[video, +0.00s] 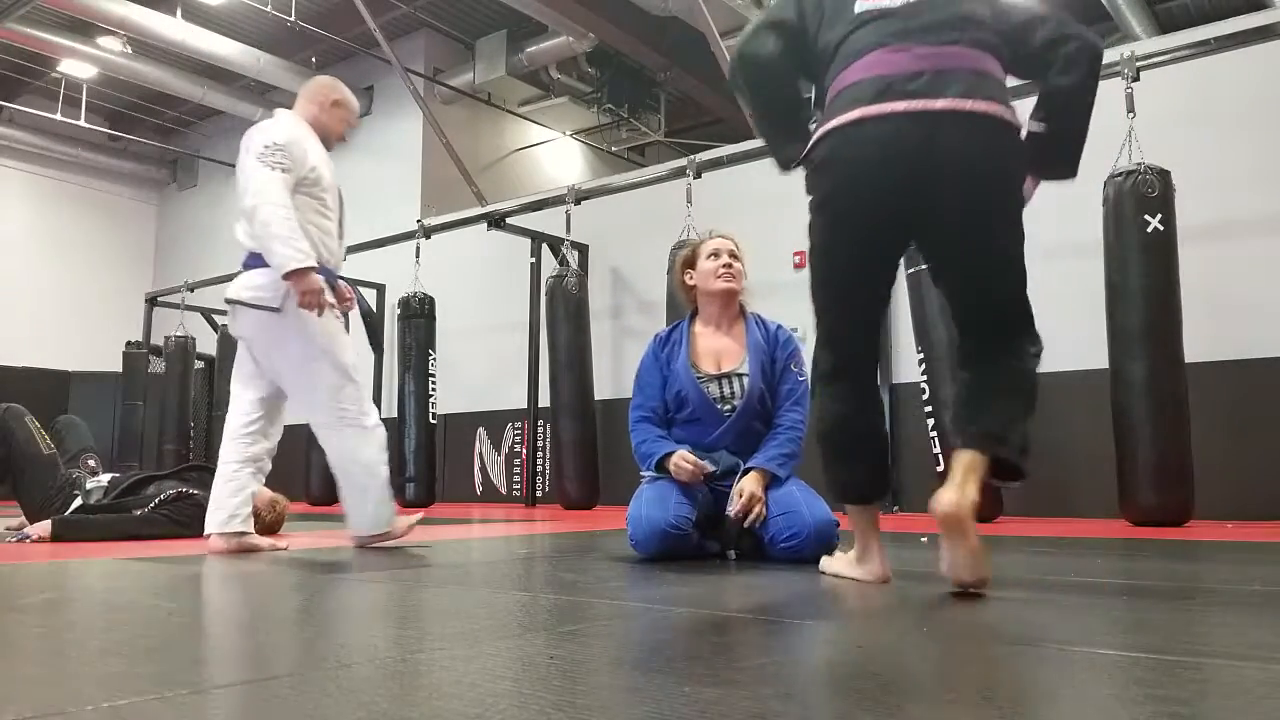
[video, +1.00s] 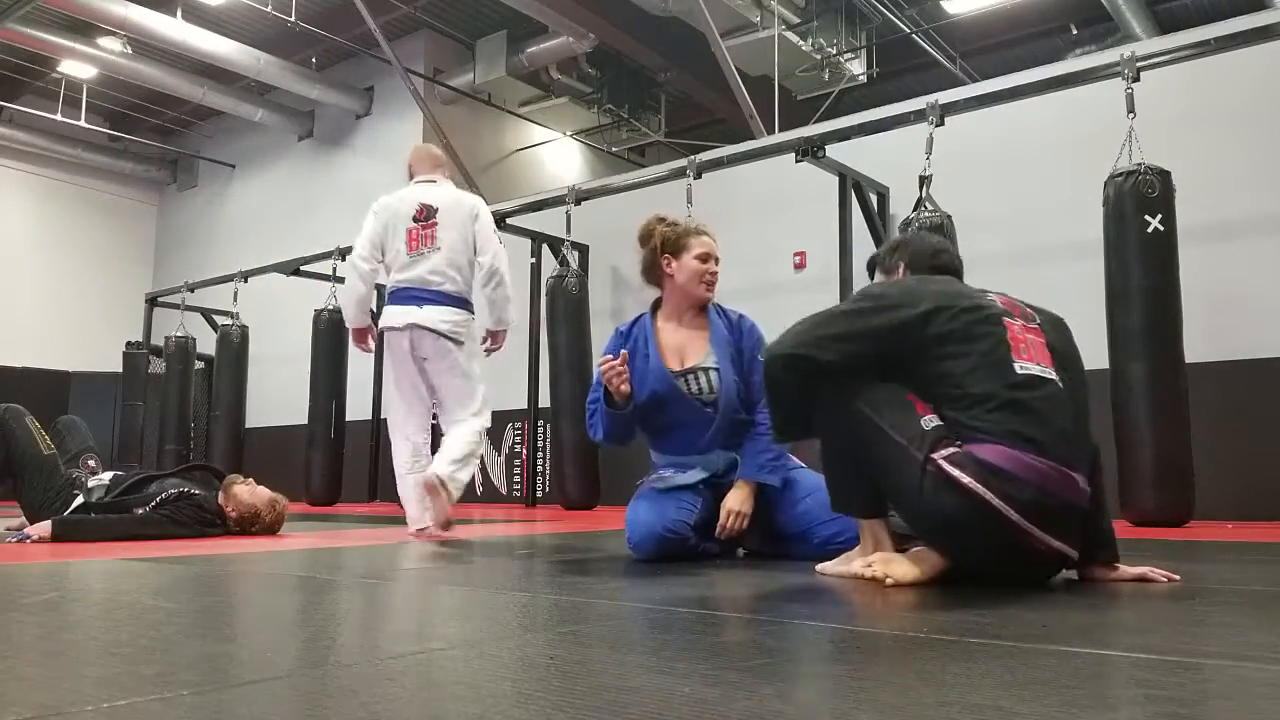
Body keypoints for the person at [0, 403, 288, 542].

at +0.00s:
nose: (250, 486)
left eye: (253, 492)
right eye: (254, 488)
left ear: (243, 510)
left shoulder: (198, 512)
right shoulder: (218, 485)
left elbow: (130, 524)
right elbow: (148, 488)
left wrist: (56, 527)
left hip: (68, 499)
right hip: (101, 485)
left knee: (12, 415)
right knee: (68, 421)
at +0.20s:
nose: (238, 479)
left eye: (245, 489)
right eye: (246, 483)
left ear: (243, 512)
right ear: (246, 509)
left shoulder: (198, 511)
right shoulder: (215, 489)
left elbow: (130, 524)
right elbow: (144, 494)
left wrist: (56, 527)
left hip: (67, 500)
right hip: (100, 486)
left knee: (12, 415)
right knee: (68, 421)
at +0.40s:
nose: (248, 477)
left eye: (251, 489)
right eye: (257, 484)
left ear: (234, 512)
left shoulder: (199, 513)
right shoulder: (216, 490)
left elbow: (130, 524)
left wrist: (55, 527)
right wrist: (113, 481)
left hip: (66, 500)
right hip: (98, 485)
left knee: (12, 415)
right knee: (68, 422)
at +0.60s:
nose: (247, 476)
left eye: (249, 488)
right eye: (255, 483)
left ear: (233, 510)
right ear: (235, 505)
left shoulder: (197, 513)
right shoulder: (217, 490)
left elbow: (130, 524)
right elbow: (156, 486)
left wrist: (56, 526)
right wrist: (113, 479)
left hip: (67, 500)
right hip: (99, 485)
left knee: (11, 415)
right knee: (68, 421)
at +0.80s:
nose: (248, 476)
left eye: (250, 488)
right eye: (256, 483)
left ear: (233, 511)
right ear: (236, 505)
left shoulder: (198, 513)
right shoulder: (216, 490)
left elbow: (129, 525)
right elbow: (154, 487)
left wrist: (55, 527)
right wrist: (114, 479)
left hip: (68, 501)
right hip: (100, 484)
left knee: (11, 415)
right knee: (68, 422)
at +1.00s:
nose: (247, 476)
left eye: (249, 488)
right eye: (255, 483)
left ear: (233, 510)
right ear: (235, 505)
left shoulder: (197, 513)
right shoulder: (216, 491)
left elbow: (128, 524)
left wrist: (56, 527)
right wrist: (112, 481)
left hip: (68, 501)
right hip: (101, 485)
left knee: (12, 414)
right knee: (68, 421)